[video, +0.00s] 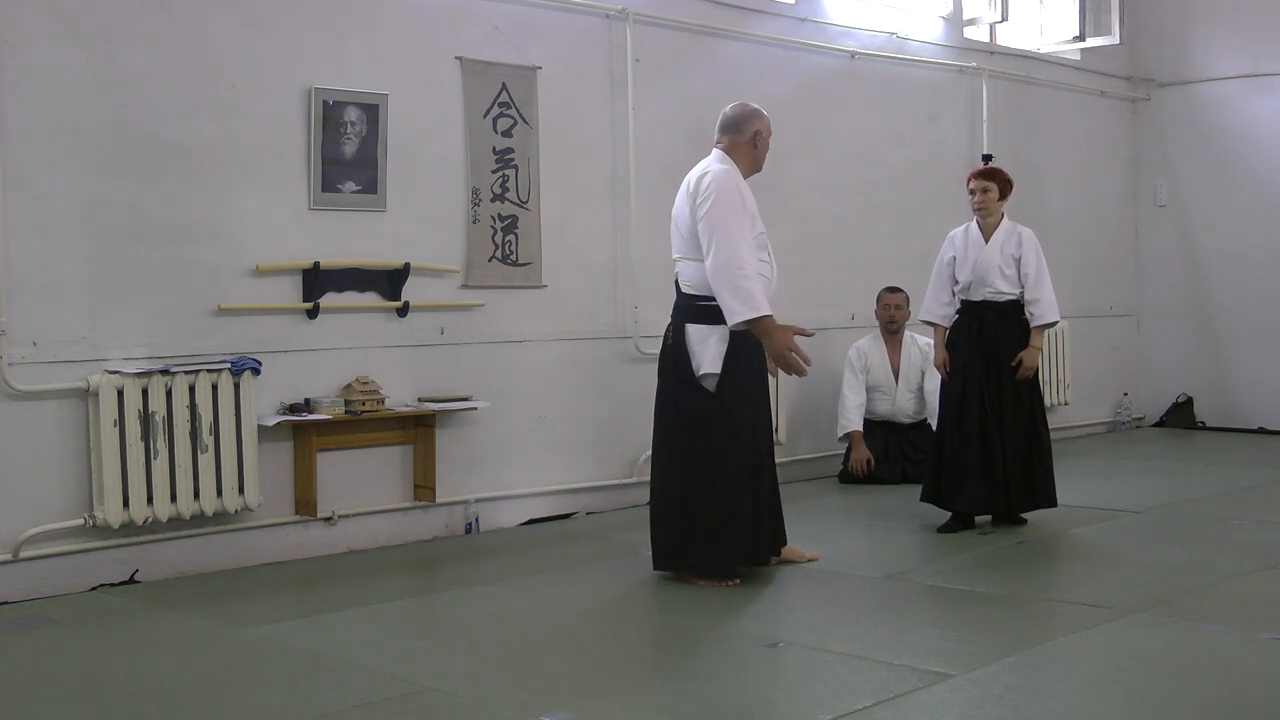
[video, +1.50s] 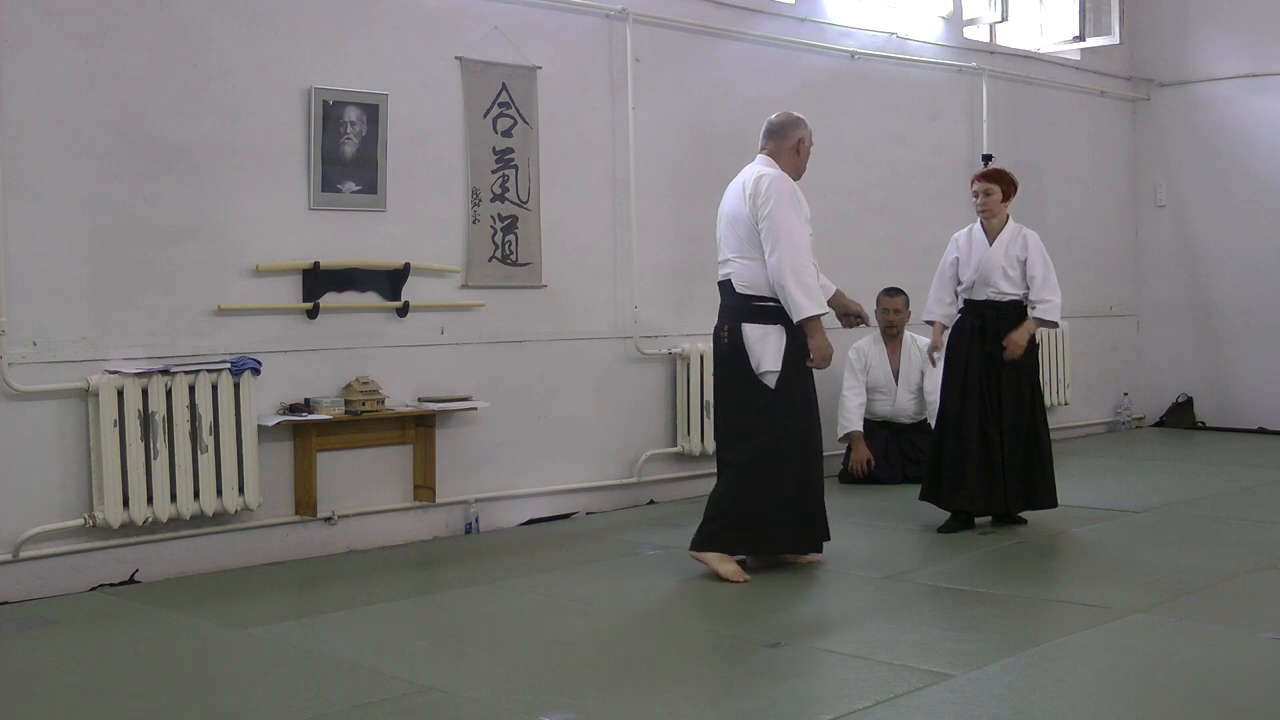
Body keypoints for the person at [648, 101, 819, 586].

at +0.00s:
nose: (769, 153)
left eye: (769, 143)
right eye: (768, 142)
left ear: (725, 135)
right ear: (756, 139)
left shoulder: (716, 178)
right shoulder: (718, 181)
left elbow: (733, 267)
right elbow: (727, 268)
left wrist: (770, 324)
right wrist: (768, 336)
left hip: (731, 330)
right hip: (711, 332)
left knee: (749, 441)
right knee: (704, 447)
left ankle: (763, 541)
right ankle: (693, 559)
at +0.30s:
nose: (781, 156)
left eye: (781, 146)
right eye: (781, 146)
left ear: (735, 137)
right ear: (771, 142)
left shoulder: (716, 177)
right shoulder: (744, 182)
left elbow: (744, 266)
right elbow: (757, 267)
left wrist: (794, 325)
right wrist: (796, 333)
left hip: (719, 321)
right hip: (725, 325)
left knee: (755, 438)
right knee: (706, 443)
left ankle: (766, 542)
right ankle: (692, 559)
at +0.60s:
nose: (796, 157)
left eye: (797, 148)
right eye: (797, 148)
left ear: (751, 138)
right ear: (789, 142)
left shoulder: (726, 178)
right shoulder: (763, 182)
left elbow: (729, 264)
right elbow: (778, 266)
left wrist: (774, 326)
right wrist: (816, 333)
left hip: (727, 321)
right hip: (736, 325)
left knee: (764, 436)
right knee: (712, 440)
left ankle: (769, 542)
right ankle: (693, 556)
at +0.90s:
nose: (805, 157)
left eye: (805, 149)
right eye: (806, 149)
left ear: (764, 139)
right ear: (797, 145)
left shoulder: (737, 178)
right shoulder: (775, 182)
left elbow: (730, 258)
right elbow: (786, 259)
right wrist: (808, 328)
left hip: (730, 317)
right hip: (752, 320)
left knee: (770, 434)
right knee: (724, 437)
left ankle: (770, 542)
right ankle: (697, 553)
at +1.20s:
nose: (807, 160)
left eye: (809, 151)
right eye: (808, 151)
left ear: (765, 141)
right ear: (799, 145)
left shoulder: (743, 179)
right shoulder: (776, 184)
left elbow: (781, 259)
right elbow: (790, 262)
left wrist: (828, 303)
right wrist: (811, 330)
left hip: (738, 317)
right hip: (761, 320)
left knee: (761, 432)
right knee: (767, 435)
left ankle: (770, 542)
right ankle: (709, 542)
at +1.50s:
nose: (809, 160)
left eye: (809, 151)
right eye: (809, 151)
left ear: (767, 143)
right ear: (798, 146)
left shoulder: (749, 180)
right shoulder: (776, 184)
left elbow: (789, 259)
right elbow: (790, 261)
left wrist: (837, 299)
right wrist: (814, 329)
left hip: (748, 318)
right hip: (763, 320)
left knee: (782, 431)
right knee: (771, 433)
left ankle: (776, 541)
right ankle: (713, 540)